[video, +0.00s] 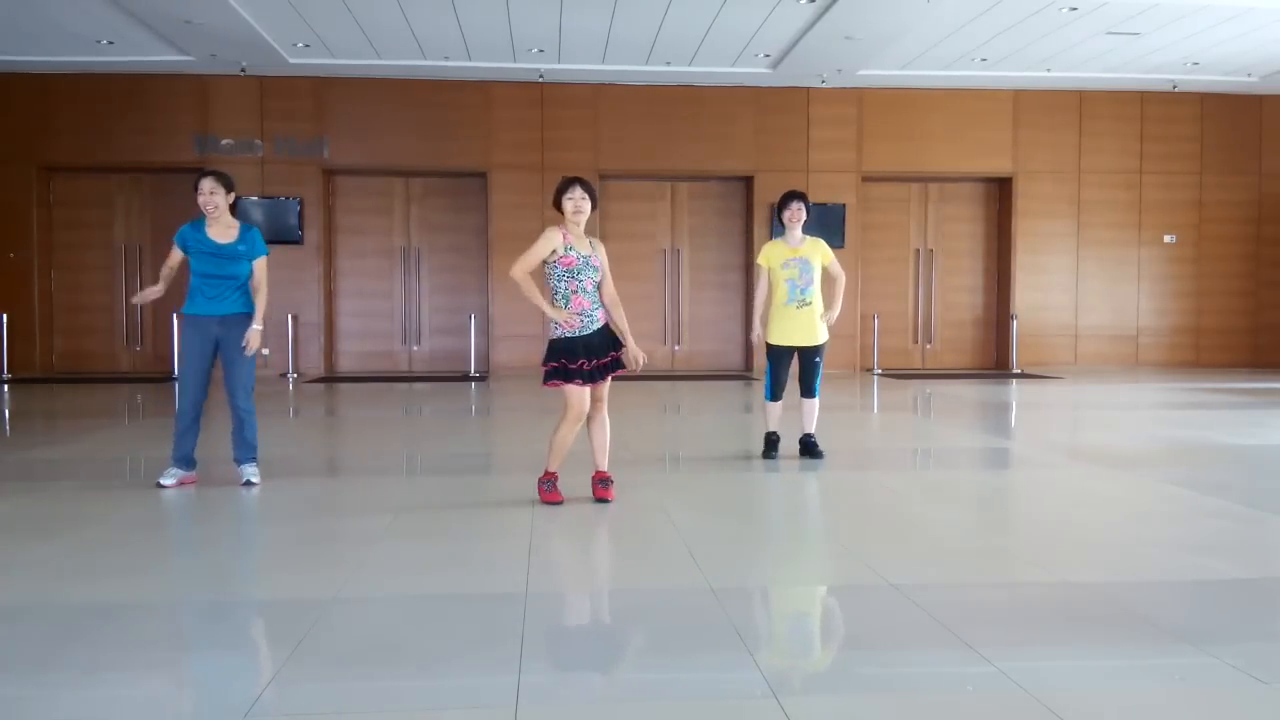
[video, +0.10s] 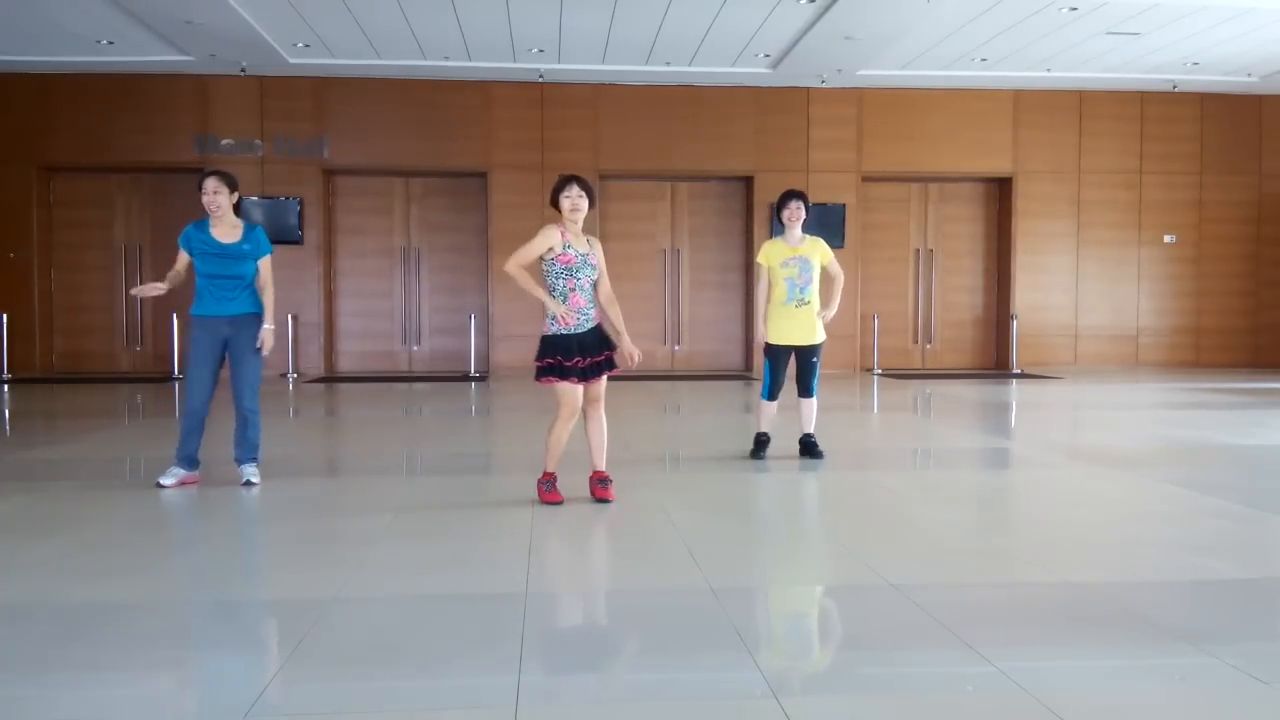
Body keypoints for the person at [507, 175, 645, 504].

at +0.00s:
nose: (578, 203)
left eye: (583, 198)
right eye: (570, 198)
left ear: (592, 205)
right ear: (560, 205)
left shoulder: (597, 247)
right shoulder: (554, 237)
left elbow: (610, 296)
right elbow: (518, 271)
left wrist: (629, 342)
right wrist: (547, 308)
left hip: (601, 334)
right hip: (567, 336)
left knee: (599, 406)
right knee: (577, 409)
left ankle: (602, 476)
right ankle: (549, 477)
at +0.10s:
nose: (575, 201)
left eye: (581, 196)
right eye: (568, 197)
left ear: (589, 203)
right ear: (558, 204)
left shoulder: (594, 245)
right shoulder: (552, 235)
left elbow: (606, 294)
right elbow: (512, 266)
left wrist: (624, 340)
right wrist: (547, 300)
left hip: (593, 333)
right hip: (561, 335)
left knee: (596, 404)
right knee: (570, 406)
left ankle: (600, 476)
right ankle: (548, 478)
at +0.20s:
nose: (572, 200)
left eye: (578, 195)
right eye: (565, 195)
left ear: (587, 202)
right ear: (555, 203)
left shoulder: (591, 244)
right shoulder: (547, 235)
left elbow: (603, 294)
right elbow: (505, 263)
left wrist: (619, 338)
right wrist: (544, 292)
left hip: (585, 332)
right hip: (553, 333)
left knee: (593, 401)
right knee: (563, 404)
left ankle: (598, 476)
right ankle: (546, 478)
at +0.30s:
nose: (569, 200)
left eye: (575, 195)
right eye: (562, 195)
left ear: (585, 202)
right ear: (552, 202)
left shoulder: (590, 244)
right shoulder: (543, 235)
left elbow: (600, 295)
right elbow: (499, 263)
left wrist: (614, 339)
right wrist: (538, 288)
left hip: (580, 332)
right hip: (547, 332)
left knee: (593, 400)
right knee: (554, 403)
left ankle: (597, 476)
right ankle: (546, 478)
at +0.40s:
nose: (567, 200)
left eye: (573, 195)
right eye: (560, 195)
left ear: (582, 202)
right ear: (550, 202)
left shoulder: (590, 245)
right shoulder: (538, 236)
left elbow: (599, 296)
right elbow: (495, 263)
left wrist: (609, 341)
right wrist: (531, 286)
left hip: (577, 333)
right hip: (542, 332)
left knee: (592, 402)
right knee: (546, 404)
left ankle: (597, 476)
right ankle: (544, 477)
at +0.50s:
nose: (565, 200)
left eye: (570, 196)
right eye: (558, 196)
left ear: (580, 203)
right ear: (548, 203)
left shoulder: (590, 245)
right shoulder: (534, 237)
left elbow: (598, 298)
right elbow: (494, 264)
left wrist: (605, 343)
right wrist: (526, 285)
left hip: (574, 333)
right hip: (537, 332)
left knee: (589, 405)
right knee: (541, 404)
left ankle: (597, 477)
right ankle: (544, 477)